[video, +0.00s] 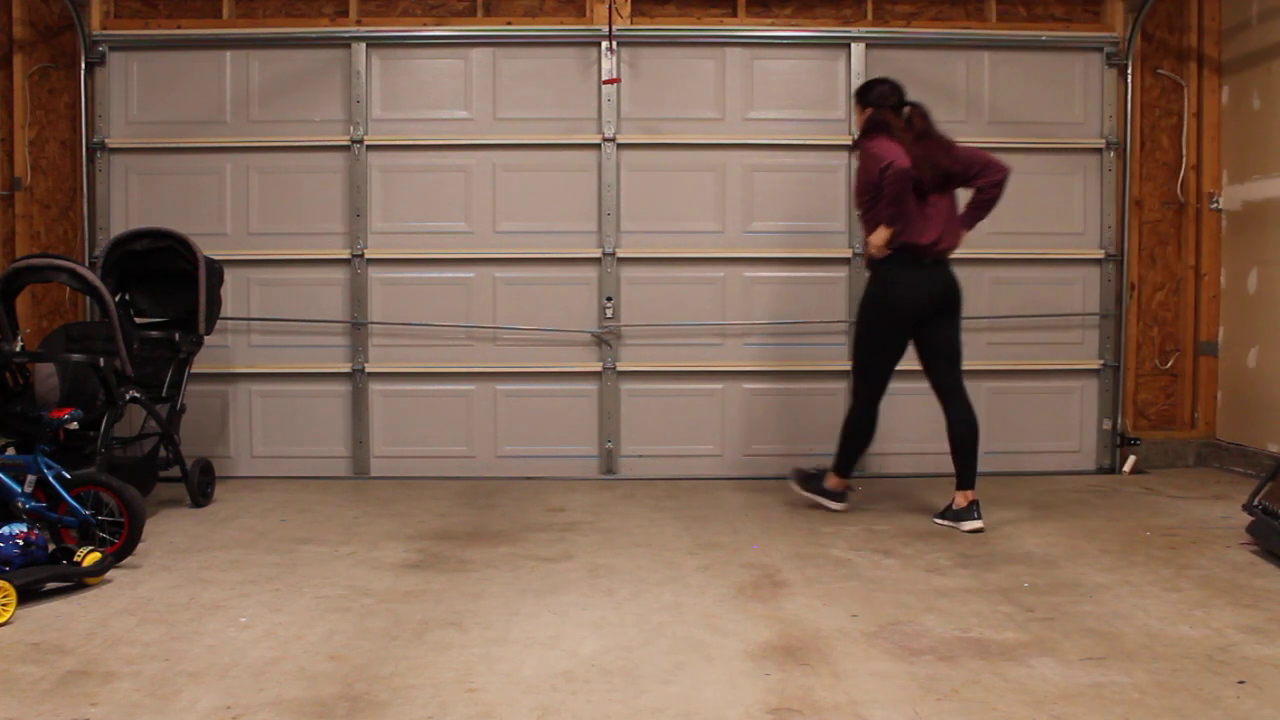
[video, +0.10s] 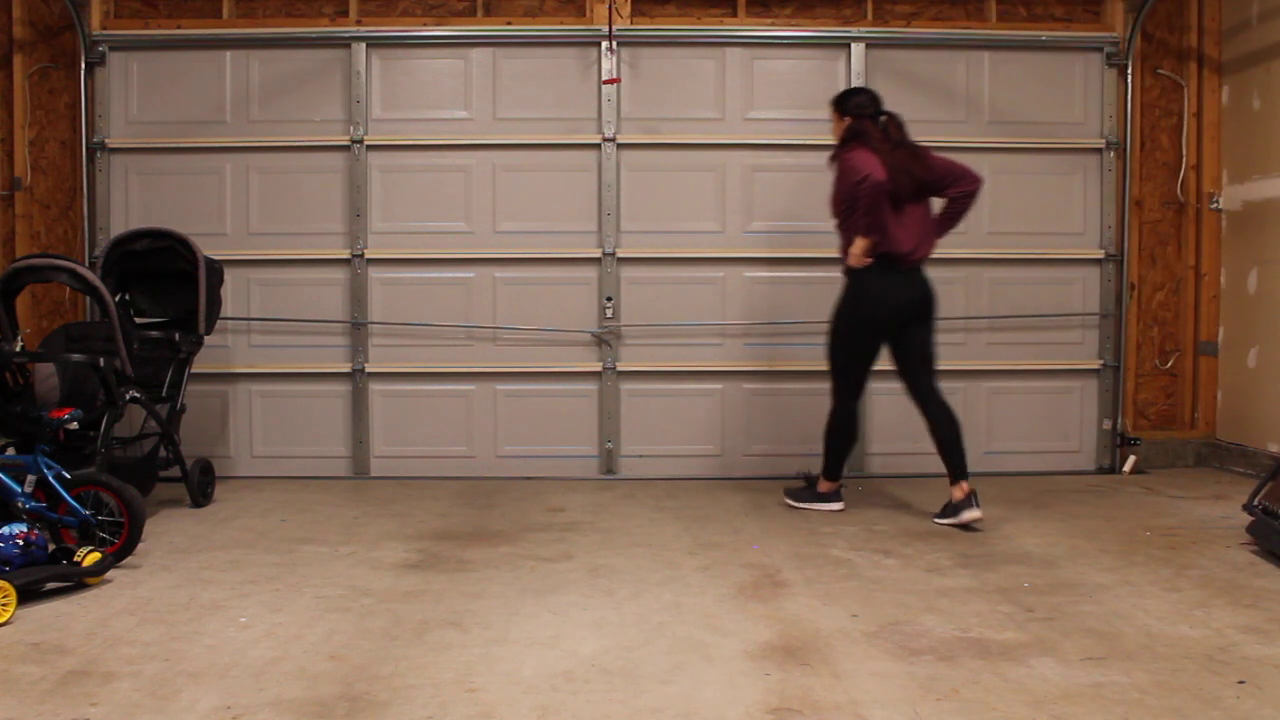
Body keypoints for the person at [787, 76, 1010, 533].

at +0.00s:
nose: (855, 121)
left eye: (857, 113)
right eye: (856, 113)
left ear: (868, 113)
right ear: (898, 112)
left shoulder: (874, 145)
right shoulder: (928, 146)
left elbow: (899, 168)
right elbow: (995, 172)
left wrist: (886, 228)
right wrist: (961, 225)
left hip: (893, 283)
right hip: (937, 280)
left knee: (866, 391)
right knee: (953, 392)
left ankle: (835, 483)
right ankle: (965, 501)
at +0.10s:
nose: (832, 129)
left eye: (834, 122)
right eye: (833, 122)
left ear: (849, 122)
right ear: (873, 120)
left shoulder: (852, 155)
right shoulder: (903, 155)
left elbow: (873, 179)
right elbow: (967, 182)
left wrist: (861, 241)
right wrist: (933, 234)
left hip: (868, 288)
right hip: (911, 286)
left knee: (845, 392)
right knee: (925, 390)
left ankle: (827, 487)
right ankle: (963, 493)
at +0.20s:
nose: (806, 127)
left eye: (809, 119)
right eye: (807, 119)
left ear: (824, 119)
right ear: (847, 118)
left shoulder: (827, 153)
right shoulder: (878, 152)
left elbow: (845, 180)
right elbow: (938, 183)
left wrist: (830, 234)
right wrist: (905, 233)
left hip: (839, 284)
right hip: (880, 282)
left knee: (824, 389)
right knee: (882, 386)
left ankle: (824, 486)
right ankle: (943, 465)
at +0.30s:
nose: (782, 124)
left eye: (785, 117)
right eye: (783, 117)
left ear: (802, 118)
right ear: (822, 117)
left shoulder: (805, 148)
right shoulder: (853, 149)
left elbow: (816, 167)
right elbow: (915, 177)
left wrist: (800, 216)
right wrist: (880, 218)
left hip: (817, 276)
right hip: (853, 274)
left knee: (812, 382)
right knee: (835, 375)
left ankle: (824, 486)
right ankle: (893, 449)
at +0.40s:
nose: (761, 123)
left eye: (765, 116)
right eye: (763, 116)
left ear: (781, 117)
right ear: (800, 118)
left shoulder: (783, 143)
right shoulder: (829, 145)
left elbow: (791, 153)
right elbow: (894, 167)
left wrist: (777, 206)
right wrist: (852, 203)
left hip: (799, 270)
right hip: (828, 268)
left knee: (802, 380)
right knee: (803, 377)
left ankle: (824, 484)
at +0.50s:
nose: (738, 128)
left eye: (743, 121)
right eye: (740, 121)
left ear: (761, 121)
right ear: (776, 121)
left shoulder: (762, 148)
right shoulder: (806, 152)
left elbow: (770, 168)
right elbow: (866, 178)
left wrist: (755, 216)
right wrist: (820, 216)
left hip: (777, 273)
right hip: (805, 272)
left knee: (797, 384)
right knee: (775, 377)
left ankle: (825, 485)